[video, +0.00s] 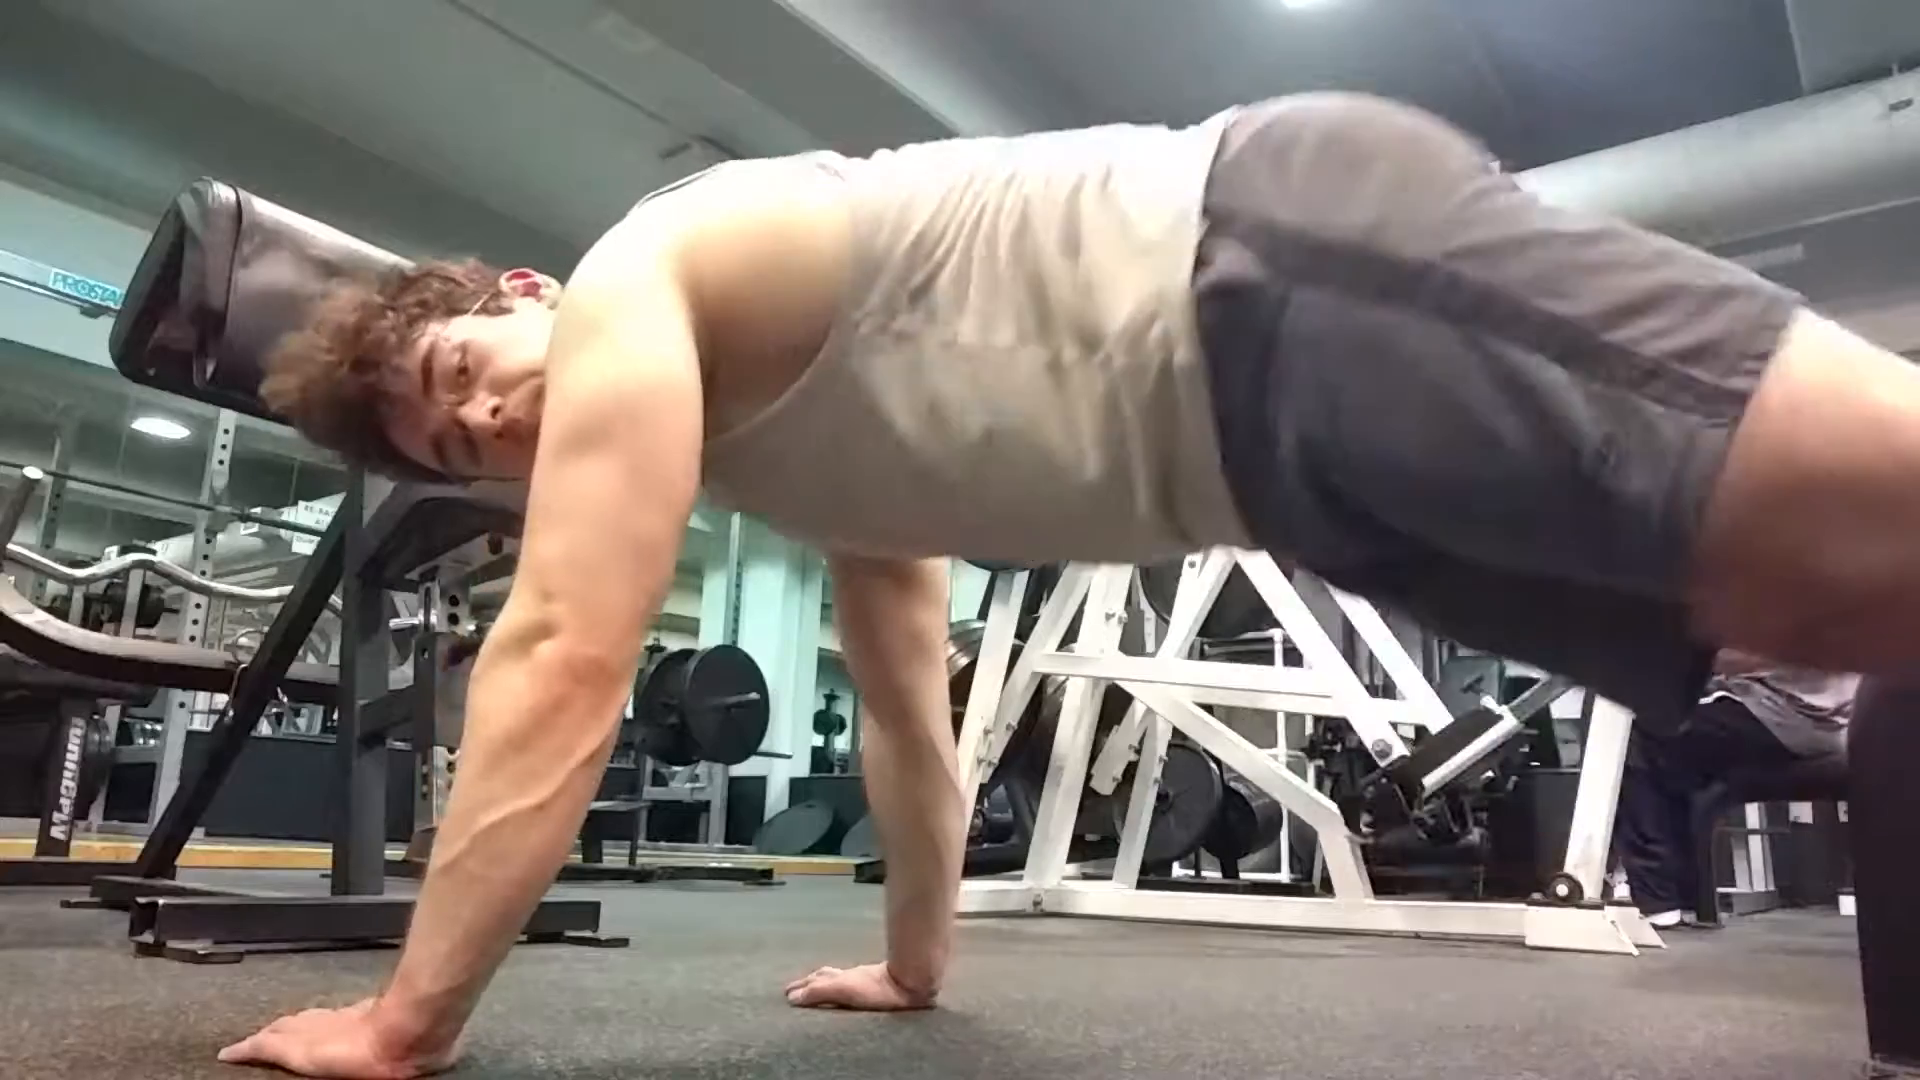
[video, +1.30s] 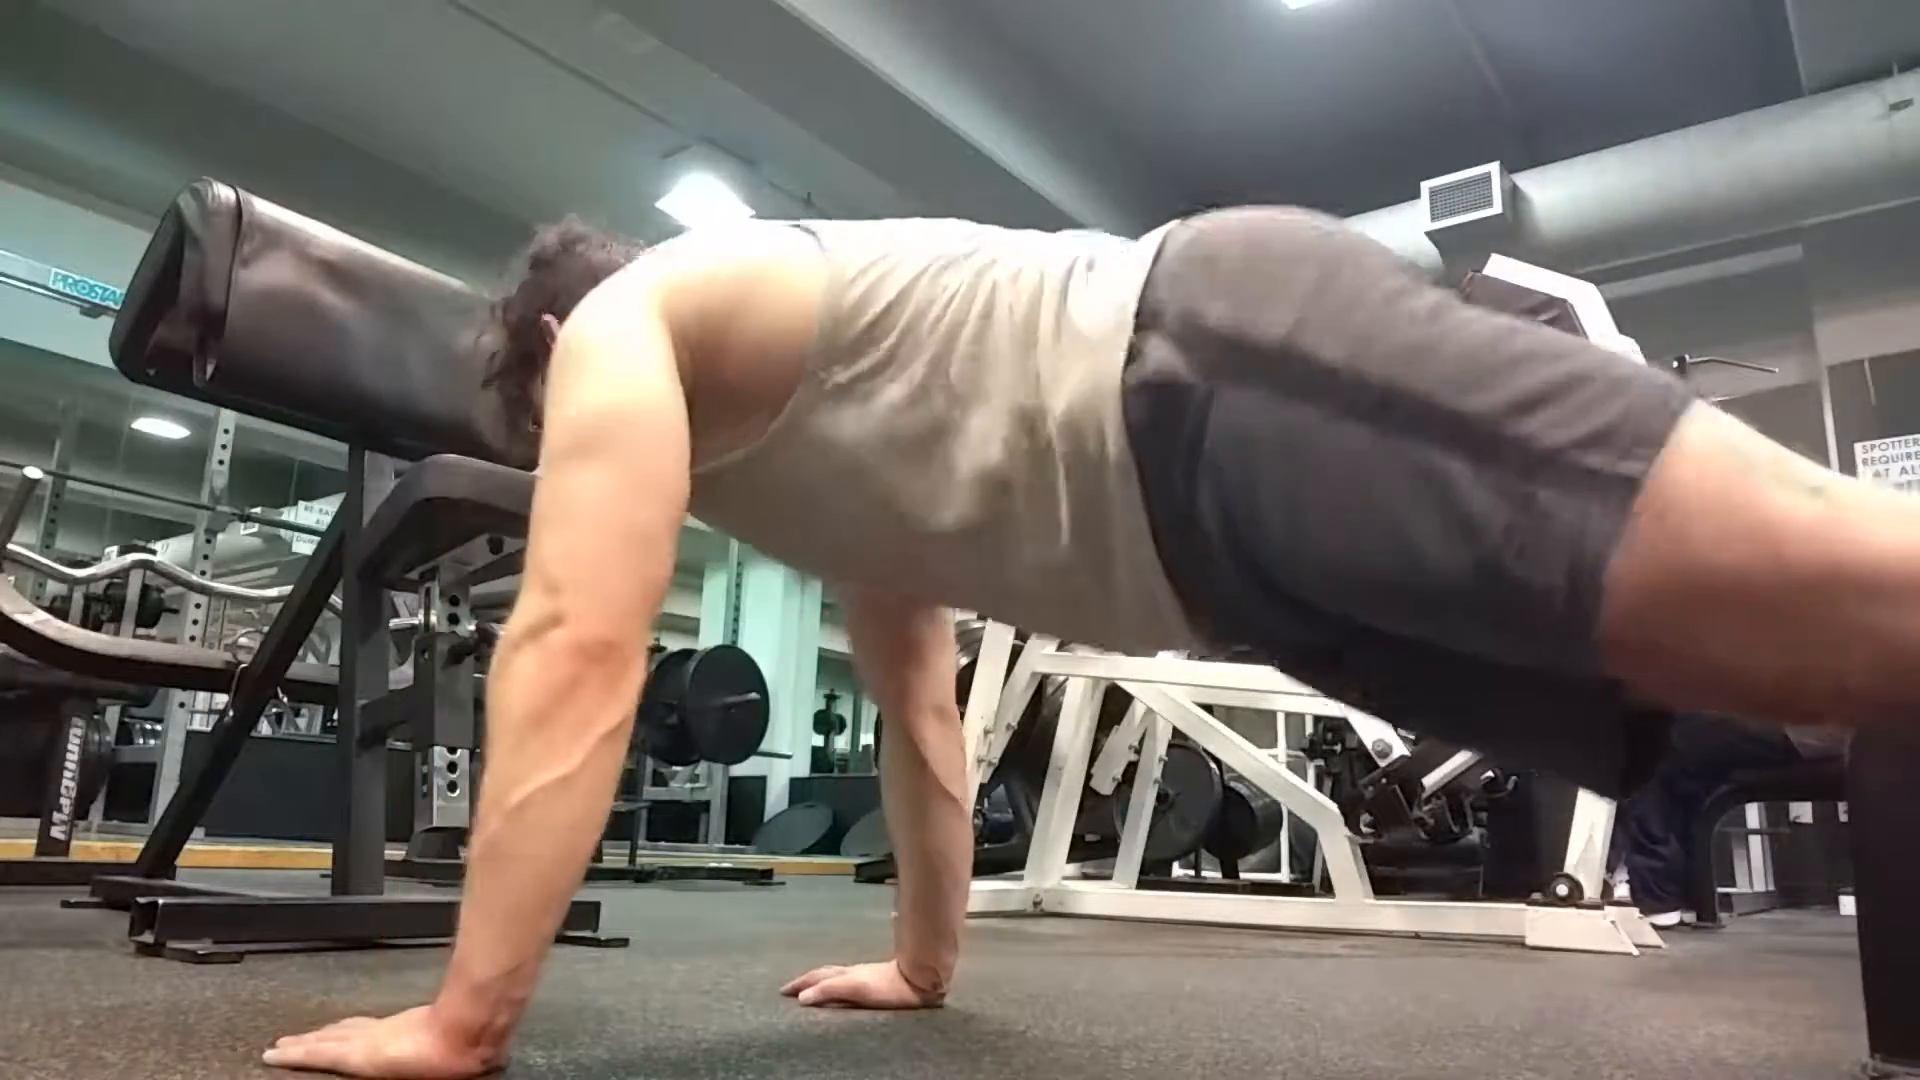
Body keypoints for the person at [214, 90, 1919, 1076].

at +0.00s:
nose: (454, 418)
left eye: (439, 364)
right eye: (417, 439)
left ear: (491, 289)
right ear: (430, 464)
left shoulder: (640, 290)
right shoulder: (790, 421)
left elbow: (557, 667)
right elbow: (896, 653)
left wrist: (411, 1006)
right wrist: (921, 960)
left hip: (1286, 294)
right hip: (1283, 457)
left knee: (1883, 492)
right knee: (1841, 621)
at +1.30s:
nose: (554, 455)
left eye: (540, 412)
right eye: (540, 430)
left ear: (559, 337)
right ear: (626, 331)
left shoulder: (635, 322)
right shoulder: (820, 441)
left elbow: (574, 658)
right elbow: (914, 692)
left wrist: (461, 1018)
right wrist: (926, 963)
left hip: (1221, 390)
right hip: (1242, 565)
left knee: (1842, 583)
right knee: (1835, 693)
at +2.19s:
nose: (433, 596)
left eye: (426, 564)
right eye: (425, 580)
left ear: (444, 492)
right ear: (556, 424)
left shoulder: (534, 492)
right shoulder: (720, 498)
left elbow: (611, 676)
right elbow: (985, 733)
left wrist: (469, 1010)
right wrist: (924, 975)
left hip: (1108, 601)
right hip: (1119, 666)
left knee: (1819, 692)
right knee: (1782, 766)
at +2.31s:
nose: (410, 701)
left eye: (400, 662)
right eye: (401, 682)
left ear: (422, 589)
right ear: (522, 530)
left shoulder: (492, 585)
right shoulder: (653, 573)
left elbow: (601, 693)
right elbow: (908, 704)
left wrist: (464, 1018)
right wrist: (933, 959)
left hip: (1064, 692)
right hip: (1079, 735)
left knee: (1765, 757)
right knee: (1741, 796)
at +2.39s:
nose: (408, 720)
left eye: (402, 679)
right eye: (409, 703)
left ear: (425, 604)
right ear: (528, 561)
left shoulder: (481, 619)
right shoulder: (649, 606)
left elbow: (598, 694)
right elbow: (896, 727)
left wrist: (461, 1020)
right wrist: (934, 957)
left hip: (1048, 716)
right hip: (1064, 811)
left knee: (1759, 788)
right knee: (1741, 818)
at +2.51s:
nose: (431, 849)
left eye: (408, 830)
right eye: (426, 828)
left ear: (403, 759)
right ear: (458, 717)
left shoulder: (447, 721)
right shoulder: (544, 755)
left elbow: (607, 697)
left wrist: (458, 1014)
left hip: (1020, 796)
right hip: (1034, 850)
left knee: (1718, 842)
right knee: (1709, 853)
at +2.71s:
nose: (436, 852)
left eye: (410, 833)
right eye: (430, 832)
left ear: (410, 750)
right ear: (450, 754)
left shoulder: (451, 711)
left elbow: (602, 691)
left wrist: (461, 1013)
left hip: (1006, 801)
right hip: (1012, 870)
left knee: (1734, 844)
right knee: (1722, 851)